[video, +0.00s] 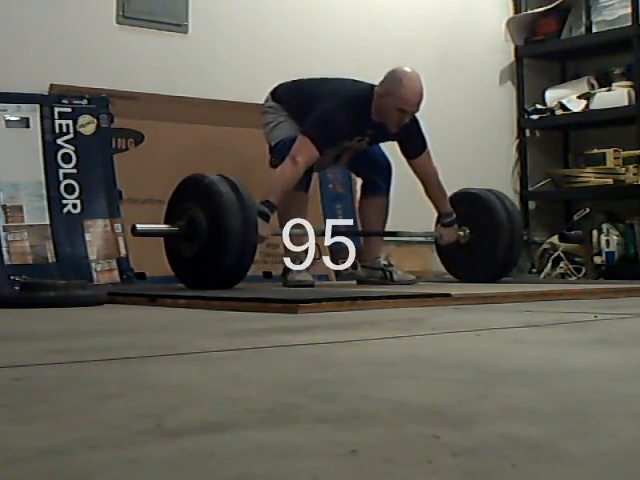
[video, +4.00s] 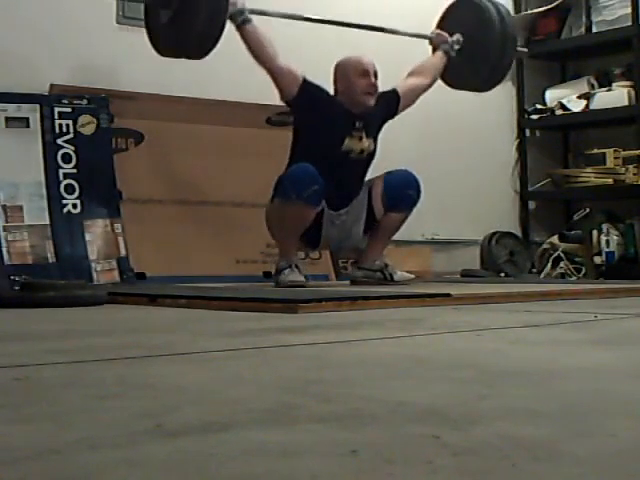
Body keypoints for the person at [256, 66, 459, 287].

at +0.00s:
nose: (405, 120)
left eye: (410, 114)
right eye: (401, 112)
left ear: (415, 108)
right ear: (380, 98)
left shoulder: (404, 121)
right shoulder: (340, 108)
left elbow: (426, 170)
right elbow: (297, 160)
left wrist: (447, 217)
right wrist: (265, 210)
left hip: (333, 127)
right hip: (284, 112)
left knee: (378, 168)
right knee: (297, 169)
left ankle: (372, 263)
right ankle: (296, 266)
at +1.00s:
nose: (411, 126)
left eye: (417, 120)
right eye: (407, 117)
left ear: (422, 114)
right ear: (385, 100)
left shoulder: (408, 122)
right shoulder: (346, 109)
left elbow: (429, 175)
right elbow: (296, 162)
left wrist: (448, 218)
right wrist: (260, 212)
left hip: (334, 107)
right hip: (288, 98)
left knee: (363, 167)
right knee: (298, 170)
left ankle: (371, 263)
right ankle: (295, 265)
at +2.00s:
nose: (405, 109)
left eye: (412, 103)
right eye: (401, 100)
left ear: (417, 100)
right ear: (380, 88)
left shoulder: (410, 127)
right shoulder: (342, 110)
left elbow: (432, 177)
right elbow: (295, 163)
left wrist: (448, 220)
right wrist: (259, 215)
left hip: (337, 151)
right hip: (286, 134)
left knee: (396, 174)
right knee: (298, 173)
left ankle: (374, 263)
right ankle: (293, 266)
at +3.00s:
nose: (404, 7)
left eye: (406, 2)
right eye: (394, 1)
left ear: (408, 10)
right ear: (371, 6)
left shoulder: (399, 62)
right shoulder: (340, 44)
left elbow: (417, 106)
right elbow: (291, 89)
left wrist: (439, 154)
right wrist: (261, 134)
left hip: (341, 119)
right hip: (296, 112)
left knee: (380, 168)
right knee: (294, 159)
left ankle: (374, 262)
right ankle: (291, 263)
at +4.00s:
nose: (373, 82)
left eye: (375, 77)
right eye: (364, 75)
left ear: (378, 83)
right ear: (340, 83)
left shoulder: (377, 112)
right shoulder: (312, 103)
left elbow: (420, 80)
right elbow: (272, 63)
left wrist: (444, 50)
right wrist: (240, 17)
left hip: (350, 220)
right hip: (305, 218)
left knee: (405, 184)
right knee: (303, 178)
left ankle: (370, 264)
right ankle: (287, 264)